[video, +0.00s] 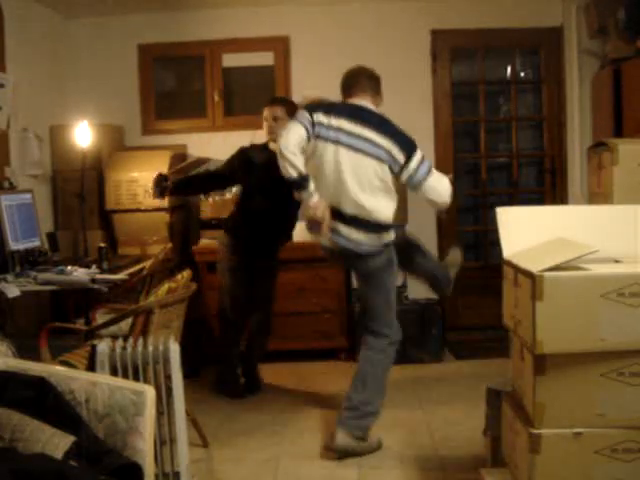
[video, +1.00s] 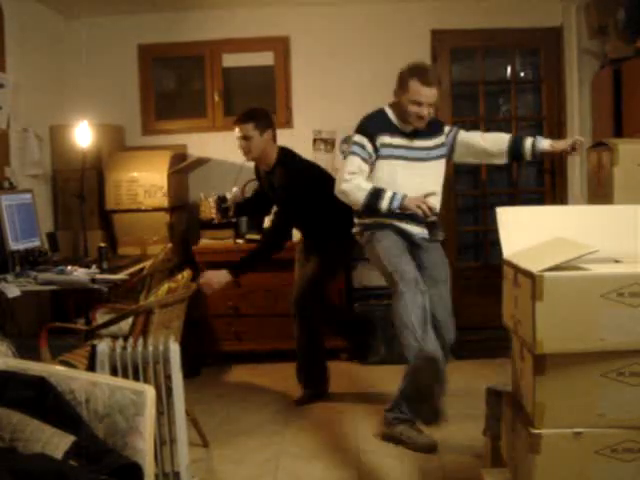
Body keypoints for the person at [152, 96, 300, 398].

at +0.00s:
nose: (271, 126)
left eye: (277, 120)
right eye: (267, 120)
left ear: (292, 124)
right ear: (262, 122)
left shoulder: (298, 161)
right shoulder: (250, 156)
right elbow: (216, 178)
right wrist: (172, 187)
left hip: (270, 244)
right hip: (239, 242)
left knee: (261, 311)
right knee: (234, 310)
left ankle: (251, 370)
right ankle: (226, 374)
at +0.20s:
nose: (267, 112)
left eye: (274, 105)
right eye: (263, 106)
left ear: (291, 107)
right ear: (260, 110)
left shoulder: (308, 142)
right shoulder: (256, 146)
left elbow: (324, 179)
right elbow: (225, 178)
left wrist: (314, 197)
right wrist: (187, 188)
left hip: (304, 229)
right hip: (270, 229)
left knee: (308, 300)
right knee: (266, 306)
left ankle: (314, 364)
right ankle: (241, 368)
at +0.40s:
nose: (276, 133)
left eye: (283, 126)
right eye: (273, 127)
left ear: (301, 126)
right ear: (271, 129)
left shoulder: (322, 157)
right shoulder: (268, 165)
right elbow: (238, 191)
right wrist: (202, 198)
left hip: (336, 247)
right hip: (300, 249)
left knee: (343, 311)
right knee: (306, 318)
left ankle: (355, 373)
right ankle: (317, 381)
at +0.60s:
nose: (262, 133)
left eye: (268, 126)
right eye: (259, 127)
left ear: (289, 125)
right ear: (260, 129)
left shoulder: (323, 163)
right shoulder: (268, 161)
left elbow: (325, 219)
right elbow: (251, 196)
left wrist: (307, 259)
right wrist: (226, 197)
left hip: (338, 235)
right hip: (308, 234)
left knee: (338, 310)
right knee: (286, 279)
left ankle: (360, 378)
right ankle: (309, 348)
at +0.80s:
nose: (255, 146)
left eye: (261, 139)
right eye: (252, 140)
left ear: (282, 137)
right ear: (253, 140)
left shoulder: (304, 178)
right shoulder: (268, 172)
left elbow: (278, 233)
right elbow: (261, 209)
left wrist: (228, 265)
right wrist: (238, 207)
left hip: (341, 248)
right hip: (309, 247)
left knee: (337, 323)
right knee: (296, 316)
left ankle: (377, 373)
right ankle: (311, 387)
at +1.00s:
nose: (242, 147)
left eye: (247, 139)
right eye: (239, 139)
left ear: (269, 136)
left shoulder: (292, 173)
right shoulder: (264, 168)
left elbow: (276, 239)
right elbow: (264, 201)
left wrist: (233, 273)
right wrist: (232, 208)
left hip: (335, 232)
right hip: (310, 232)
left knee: (307, 300)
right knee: (304, 300)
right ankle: (313, 383)